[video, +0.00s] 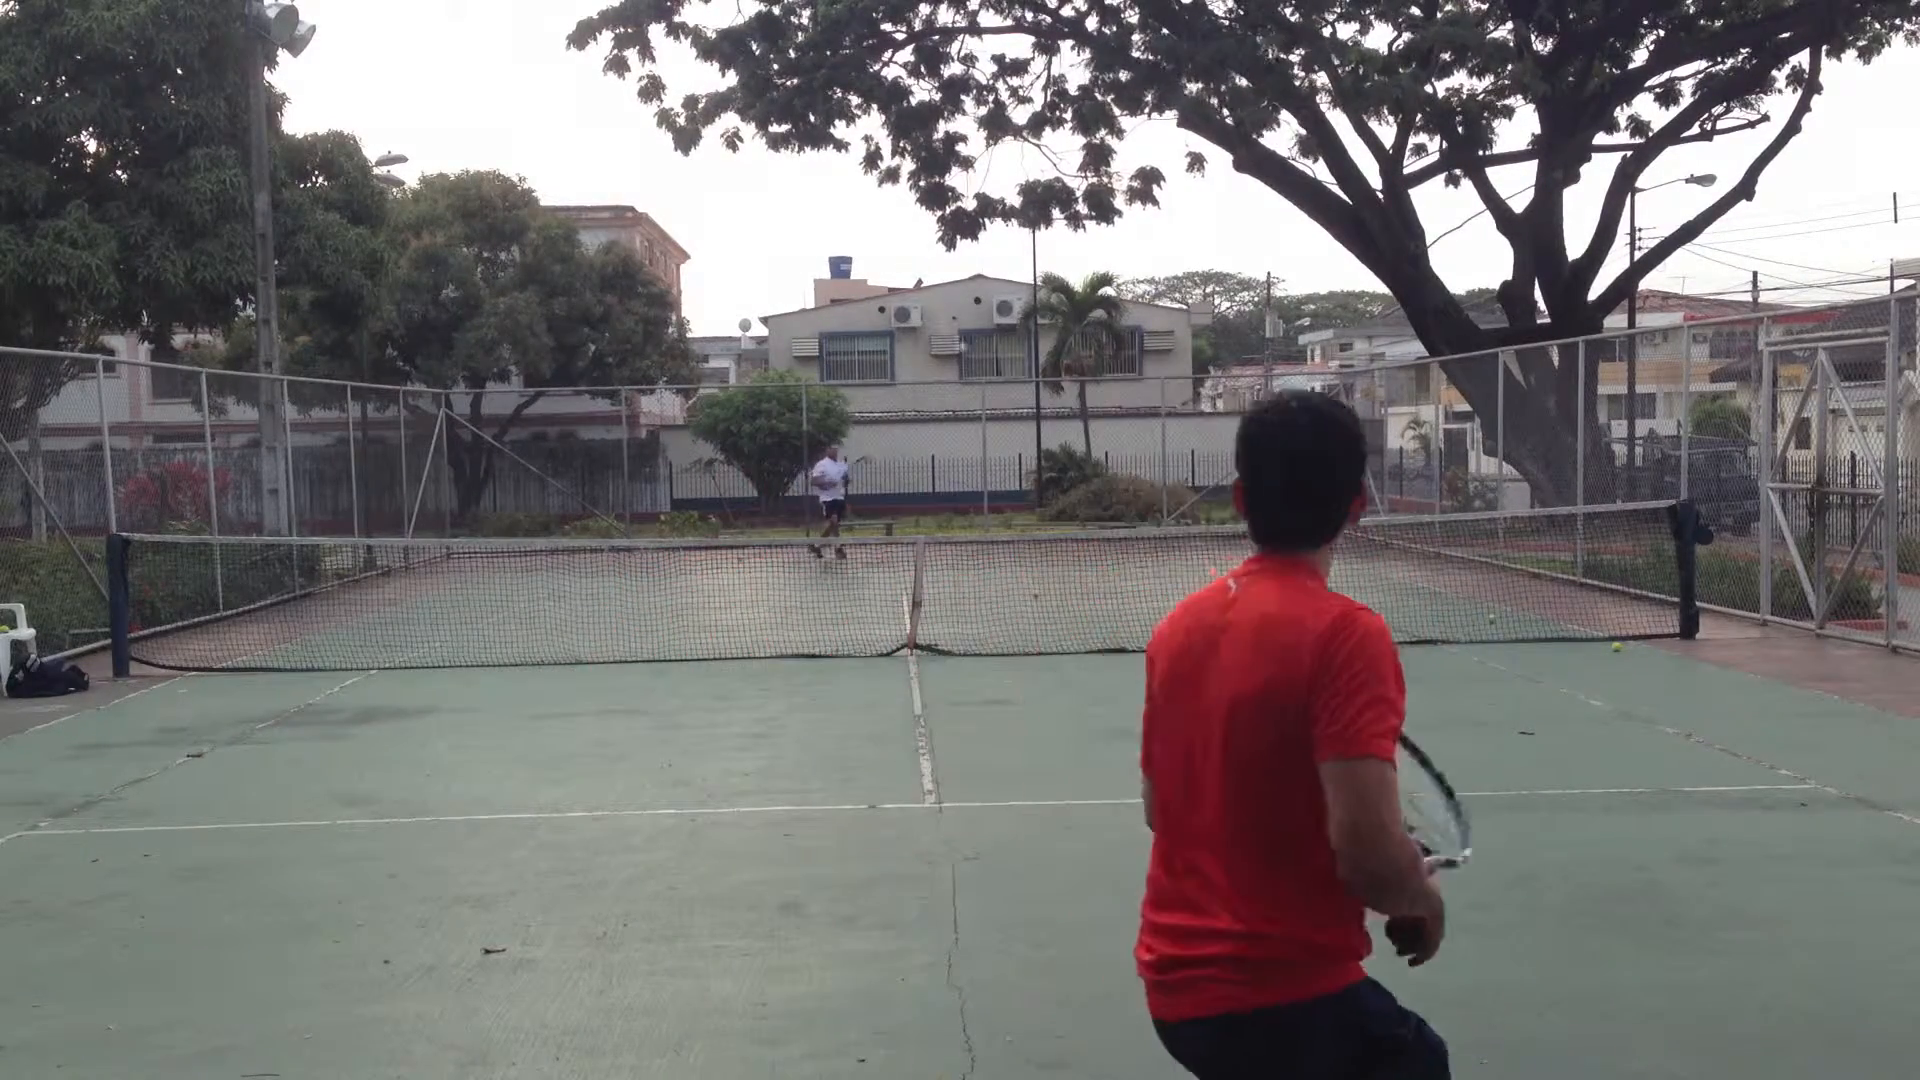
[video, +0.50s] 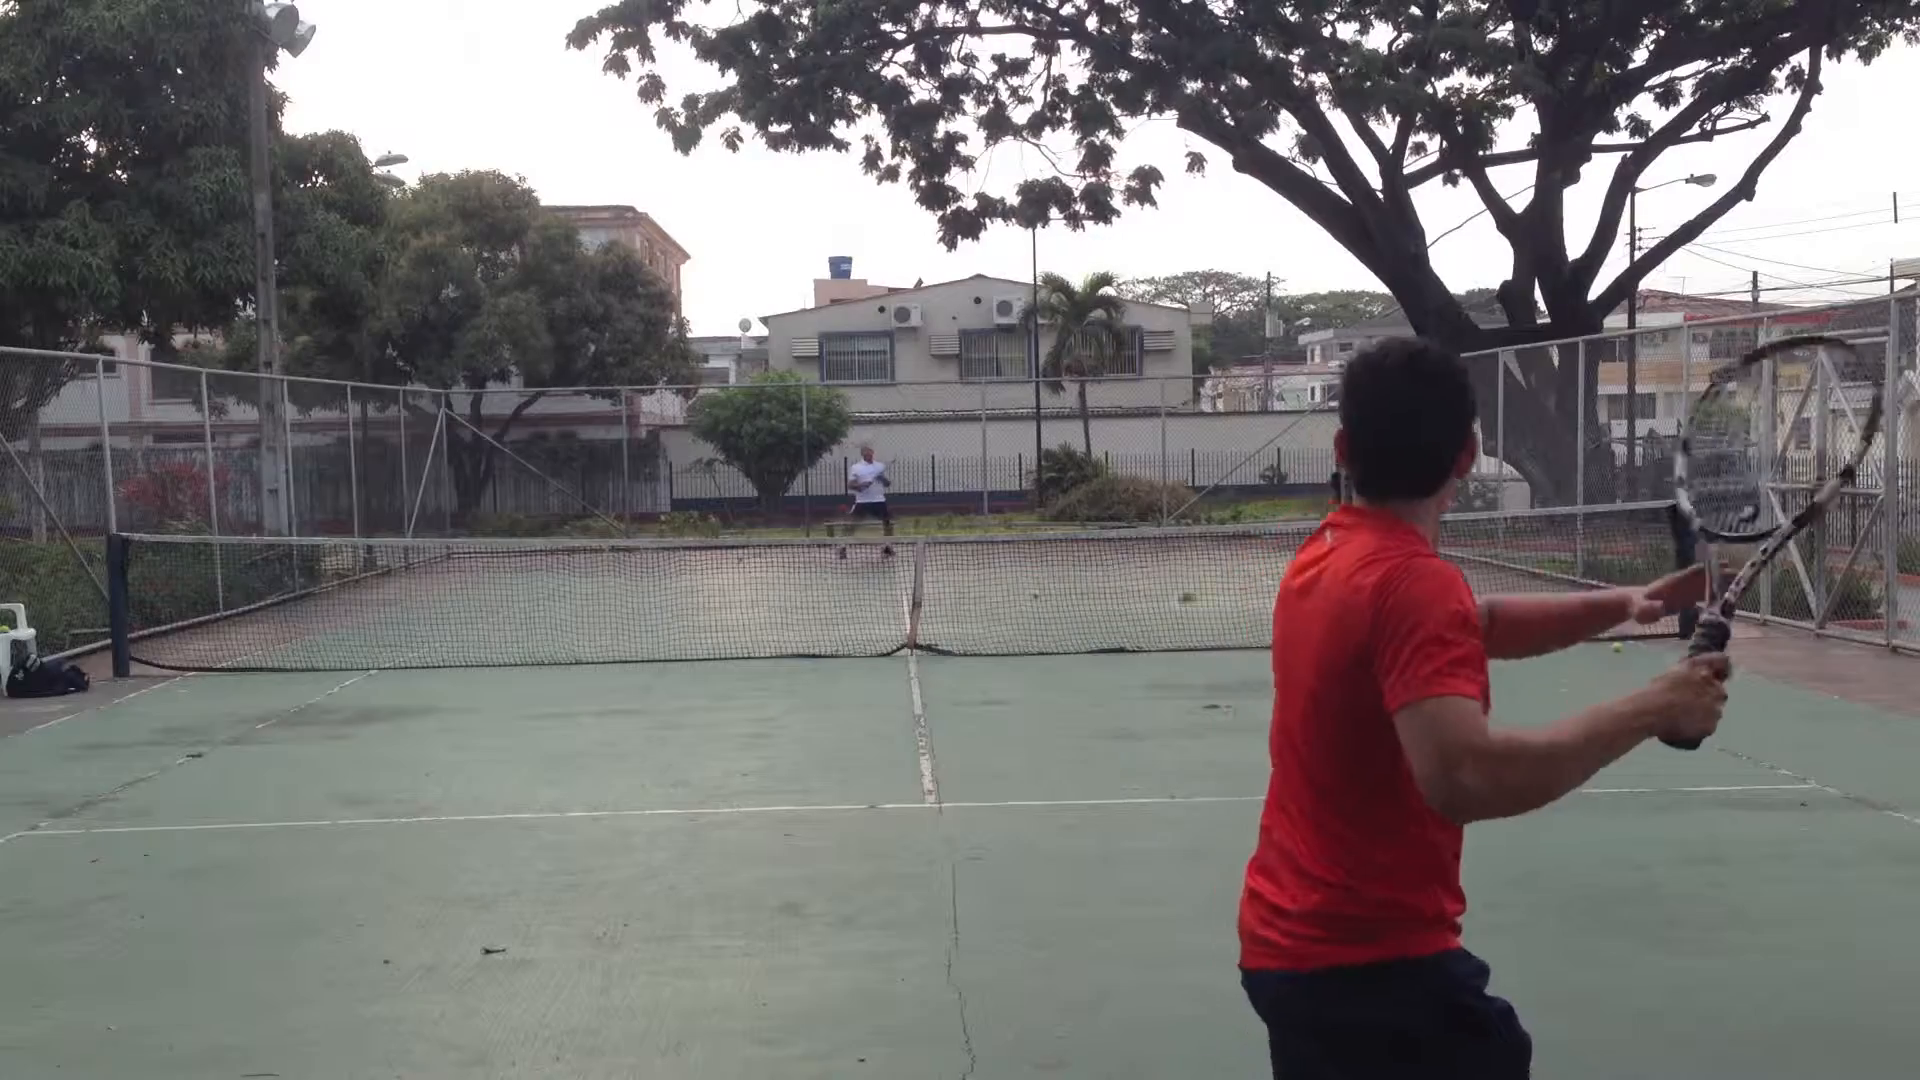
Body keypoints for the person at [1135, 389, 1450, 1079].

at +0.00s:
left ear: (1239, 497)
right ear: (1358, 507)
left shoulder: (1177, 629)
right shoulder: (1346, 634)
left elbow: (1161, 808)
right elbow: (1365, 844)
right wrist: (1417, 901)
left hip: (1183, 994)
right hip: (1291, 1001)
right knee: (1419, 1059)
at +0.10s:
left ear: (1263, 469)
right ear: (1383, 478)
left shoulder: (1211, 596)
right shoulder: (1367, 602)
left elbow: (1261, 783)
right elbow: (1402, 808)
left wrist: (1426, 806)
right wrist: (1472, 858)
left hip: (1207, 964)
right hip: (1313, 972)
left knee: (1432, 1047)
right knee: (1431, 1053)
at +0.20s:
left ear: (1275, 455)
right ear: (1395, 460)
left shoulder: (1237, 576)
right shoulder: (1370, 584)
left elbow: (1323, 736)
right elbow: (1435, 792)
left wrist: (1478, 738)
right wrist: (1521, 792)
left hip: (1224, 948)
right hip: (1324, 958)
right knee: (1434, 1052)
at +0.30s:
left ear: (1291, 452)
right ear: (1409, 456)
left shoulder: (1261, 565)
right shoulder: (1371, 579)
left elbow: (1395, 691)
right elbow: (1448, 779)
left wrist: (1549, 669)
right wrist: (1564, 739)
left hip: (1237, 939)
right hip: (1326, 954)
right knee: (1442, 1045)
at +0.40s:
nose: (1437, 455)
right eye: (1439, 439)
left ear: (1311, 449)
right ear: (1431, 458)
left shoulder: (1291, 554)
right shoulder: (1385, 581)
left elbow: (1432, 649)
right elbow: (1449, 772)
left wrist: (1592, 626)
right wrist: (1603, 709)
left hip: (1260, 940)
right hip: (1345, 955)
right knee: (1461, 1053)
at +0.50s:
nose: (1472, 454)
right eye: (1473, 439)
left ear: (1341, 449)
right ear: (1466, 458)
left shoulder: (1321, 559)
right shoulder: (1415, 585)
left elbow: (1473, 624)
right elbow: (1461, 777)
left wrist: (1627, 604)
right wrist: (1650, 709)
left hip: (1293, 945)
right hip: (1377, 962)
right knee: (1497, 1056)